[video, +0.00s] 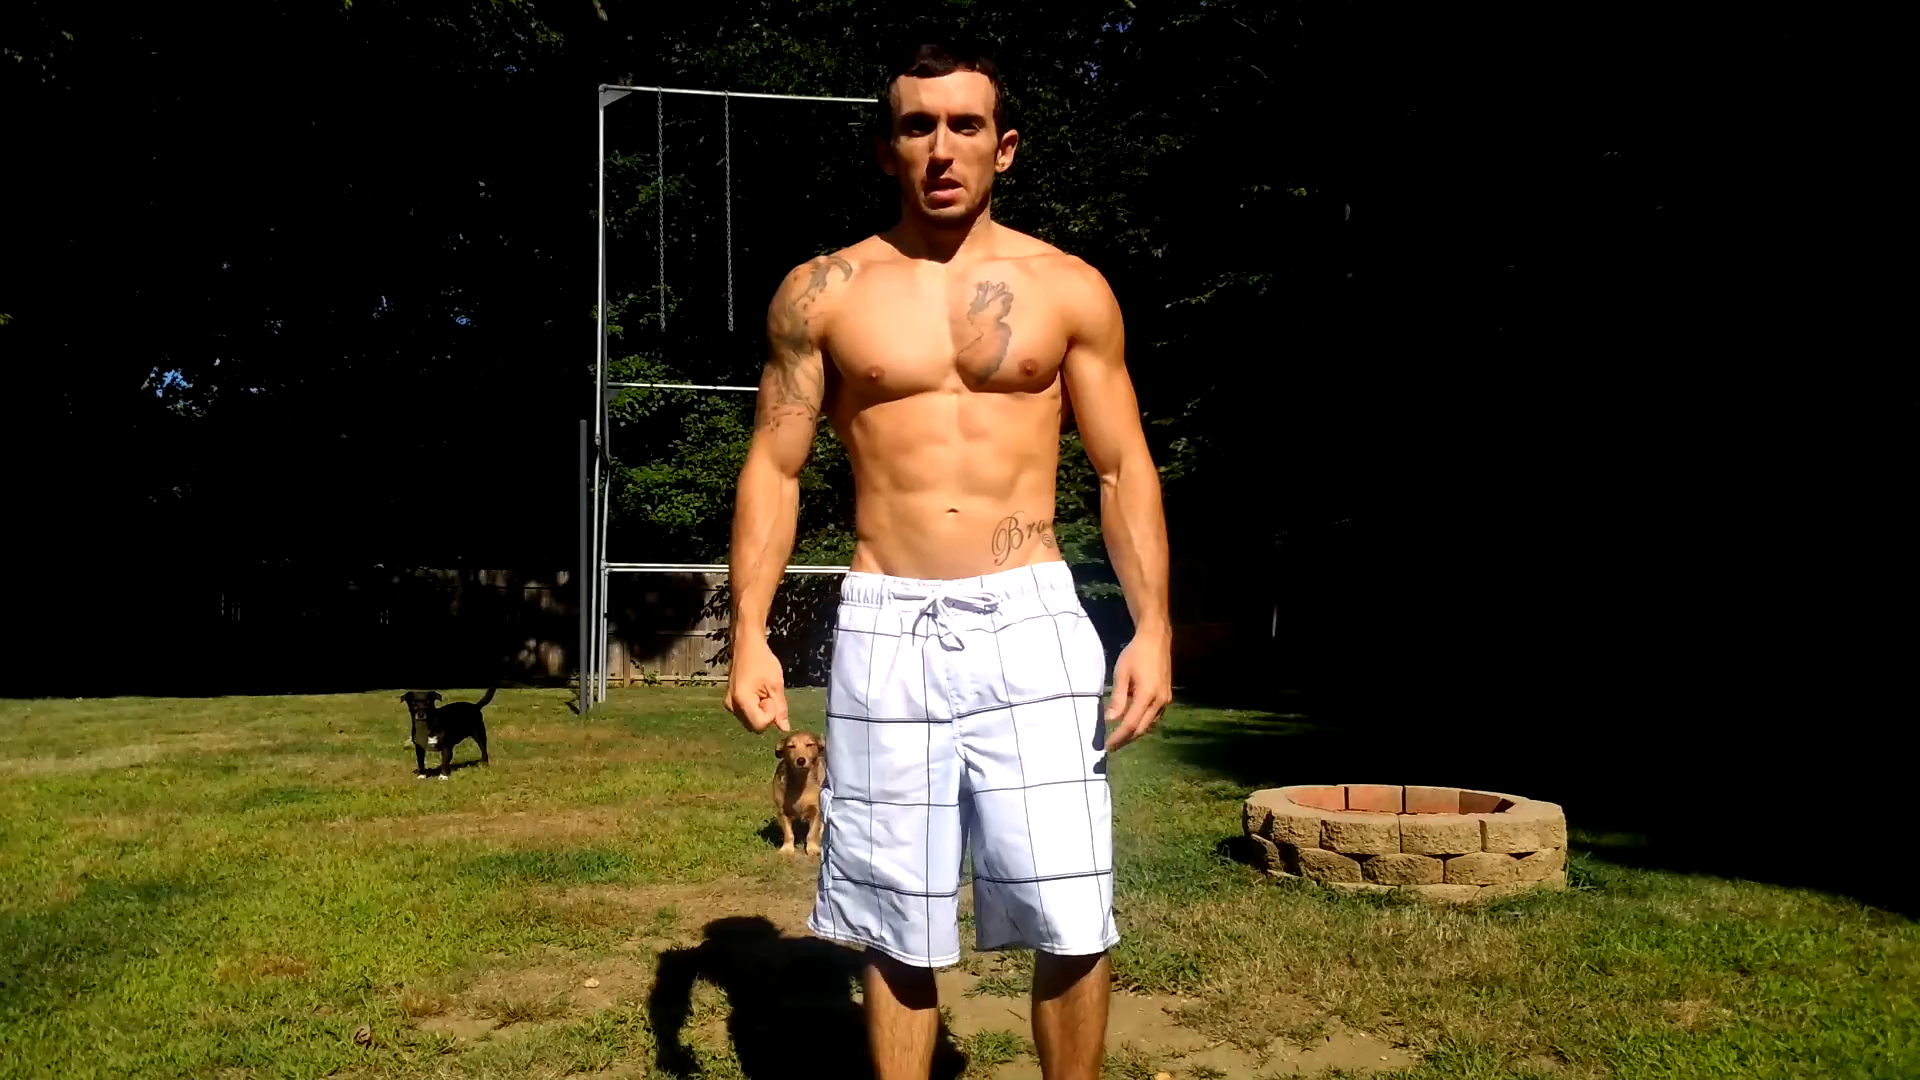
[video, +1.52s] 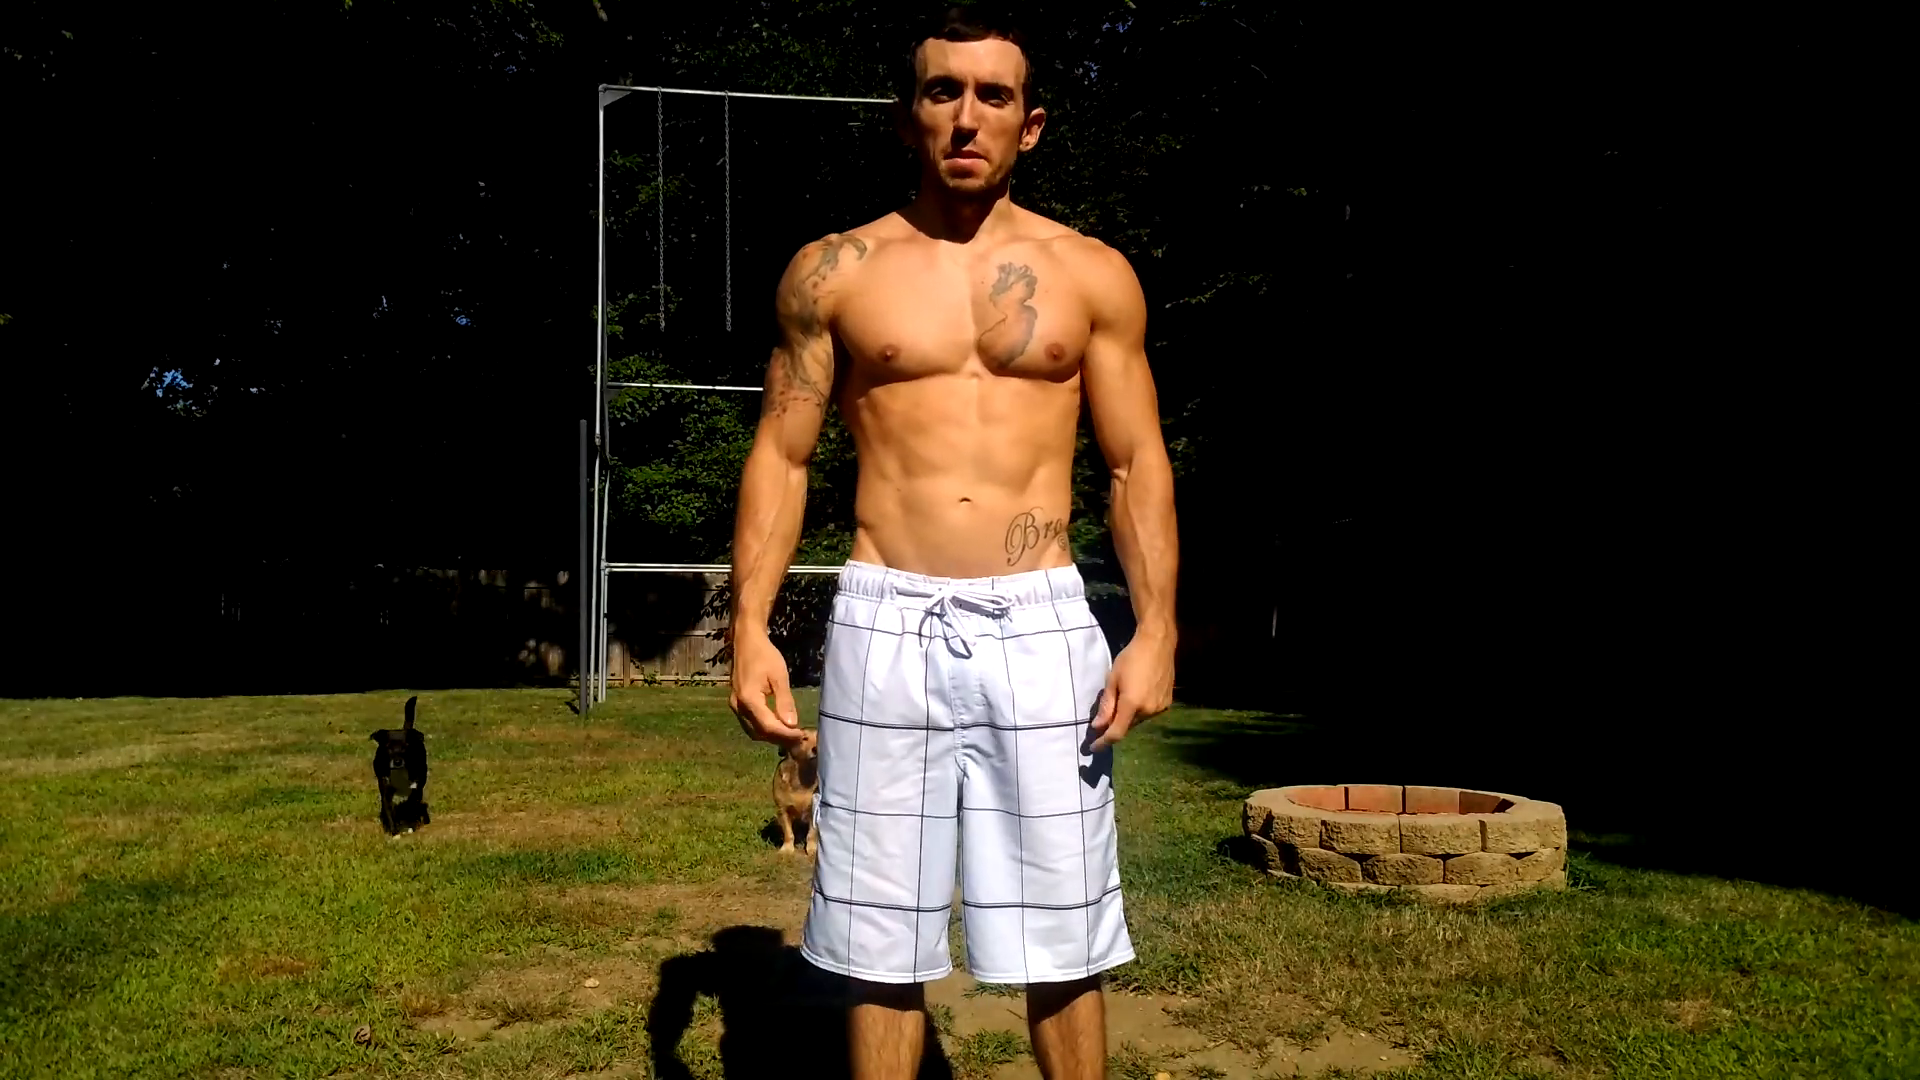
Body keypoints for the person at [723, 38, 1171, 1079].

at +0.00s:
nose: (943, 150)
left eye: (966, 127)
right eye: (919, 128)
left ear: (1000, 145)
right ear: (889, 147)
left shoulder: (1071, 289)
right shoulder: (820, 293)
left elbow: (1124, 467)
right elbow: (773, 468)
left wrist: (1152, 628)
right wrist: (749, 637)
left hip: (1034, 623)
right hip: (886, 627)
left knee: (1073, 928)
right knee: (899, 932)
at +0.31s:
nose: (973, 135)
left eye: (998, 114)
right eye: (949, 113)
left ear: (1029, 138)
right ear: (916, 135)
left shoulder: (1098, 285)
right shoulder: (841, 284)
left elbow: (1152, 464)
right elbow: (793, 457)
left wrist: (1173, 630)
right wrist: (768, 627)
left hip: (1052, 625)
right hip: (901, 627)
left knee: (1073, 933)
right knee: (904, 941)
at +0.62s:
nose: (1007, 121)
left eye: (1033, 100)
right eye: (984, 98)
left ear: (1067, 125)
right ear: (951, 120)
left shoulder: (1137, 276)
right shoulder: (878, 275)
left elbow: (1182, 463)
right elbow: (830, 450)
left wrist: (1193, 641)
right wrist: (807, 613)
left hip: (1082, 621)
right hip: (926, 615)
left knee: (1087, 938)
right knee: (896, 927)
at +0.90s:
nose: (978, 119)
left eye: (1005, 98)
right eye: (956, 96)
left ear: (1040, 128)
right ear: (926, 118)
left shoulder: (1112, 276)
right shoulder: (850, 276)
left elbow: (1156, 462)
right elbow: (804, 459)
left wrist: (1198, 610)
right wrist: (776, 636)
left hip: (1065, 622)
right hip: (908, 620)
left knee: (1079, 945)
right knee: (899, 942)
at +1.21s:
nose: (956, 116)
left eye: (982, 95)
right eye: (932, 94)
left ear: (1019, 121)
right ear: (904, 119)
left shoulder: (1092, 274)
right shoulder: (829, 277)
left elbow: (1132, 464)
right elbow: (782, 458)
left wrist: (1155, 636)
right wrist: (742, 635)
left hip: (1040, 625)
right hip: (883, 622)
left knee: (1062, 947)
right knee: (880, 944)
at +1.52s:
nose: (966, 116)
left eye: (994, 96)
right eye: (943, 92)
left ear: (1027, 123)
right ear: (910, 113)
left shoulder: (1093, 274)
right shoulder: (830, 273)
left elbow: (1137, 462)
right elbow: (781, 454)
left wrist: (1156, 632)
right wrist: (750, 629)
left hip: (1041, 622)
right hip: (883, 621)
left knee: (1063, 950)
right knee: (880, 949)